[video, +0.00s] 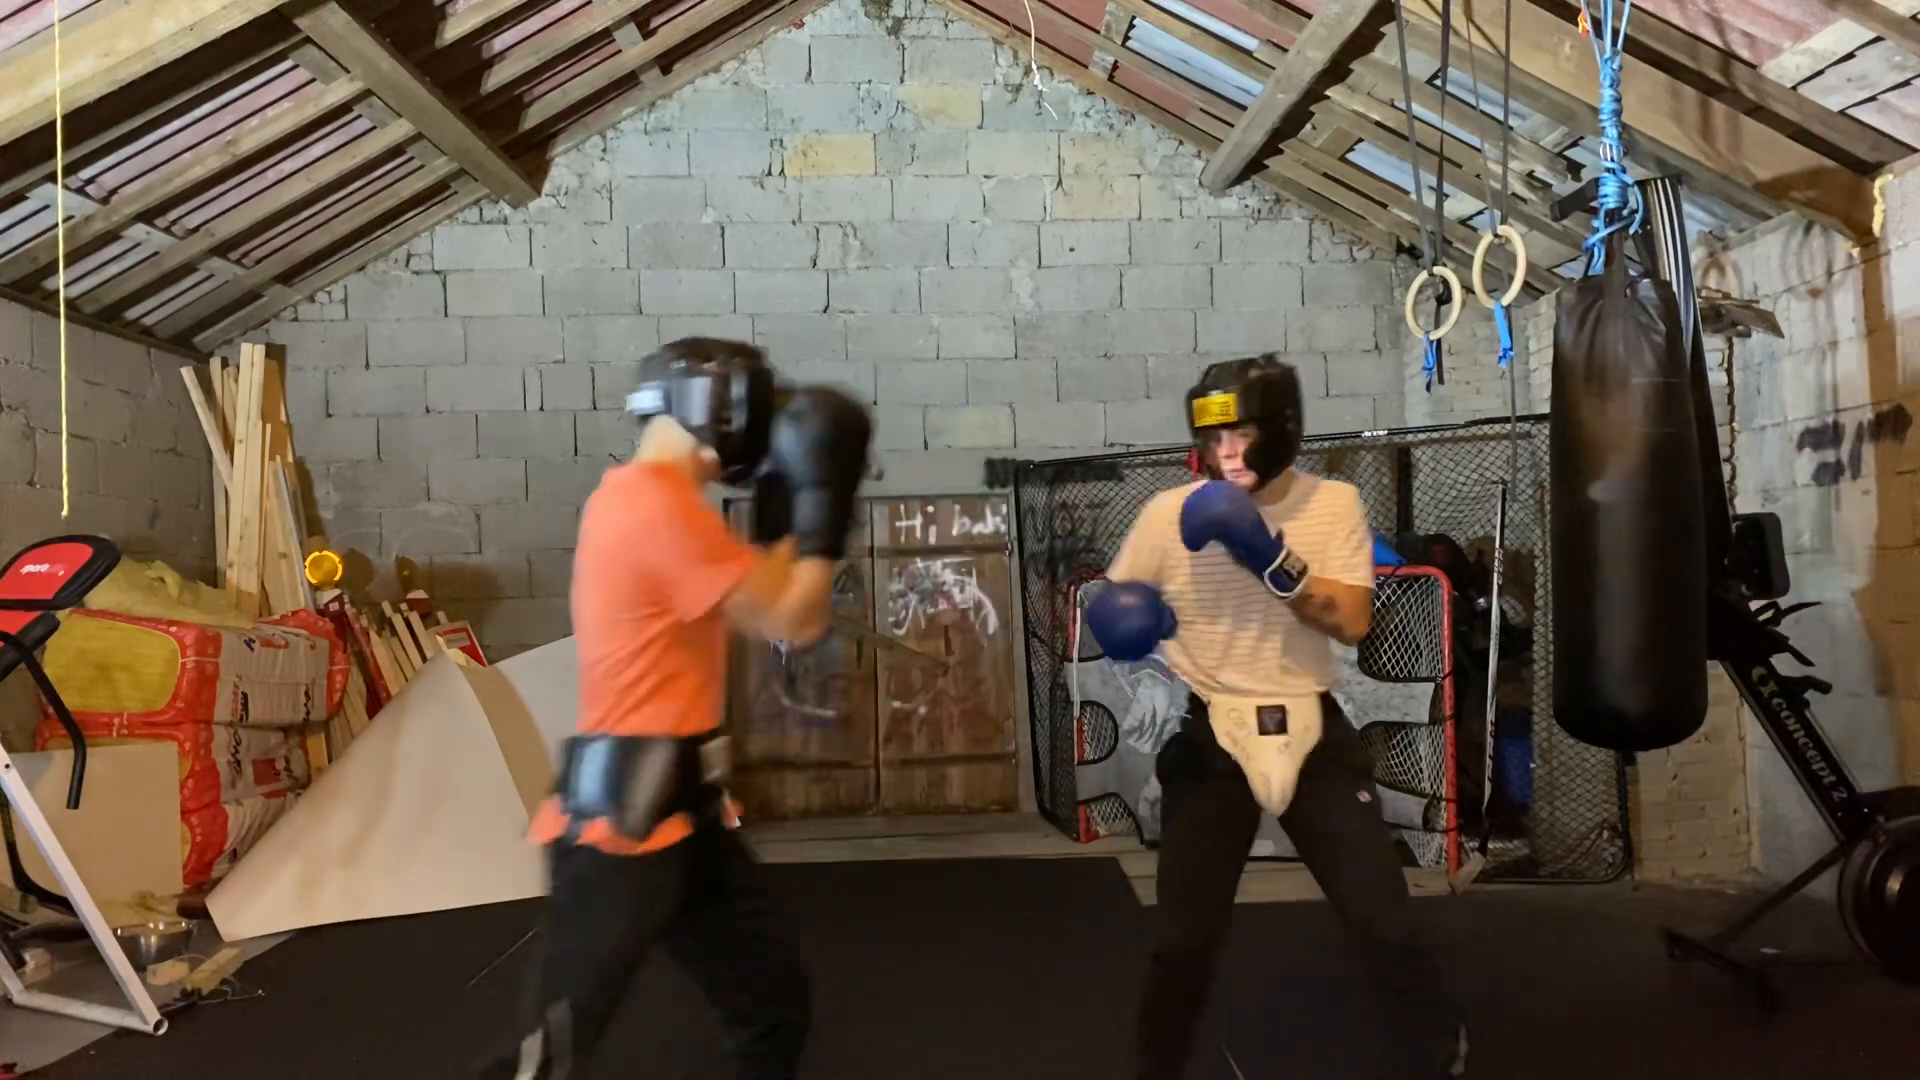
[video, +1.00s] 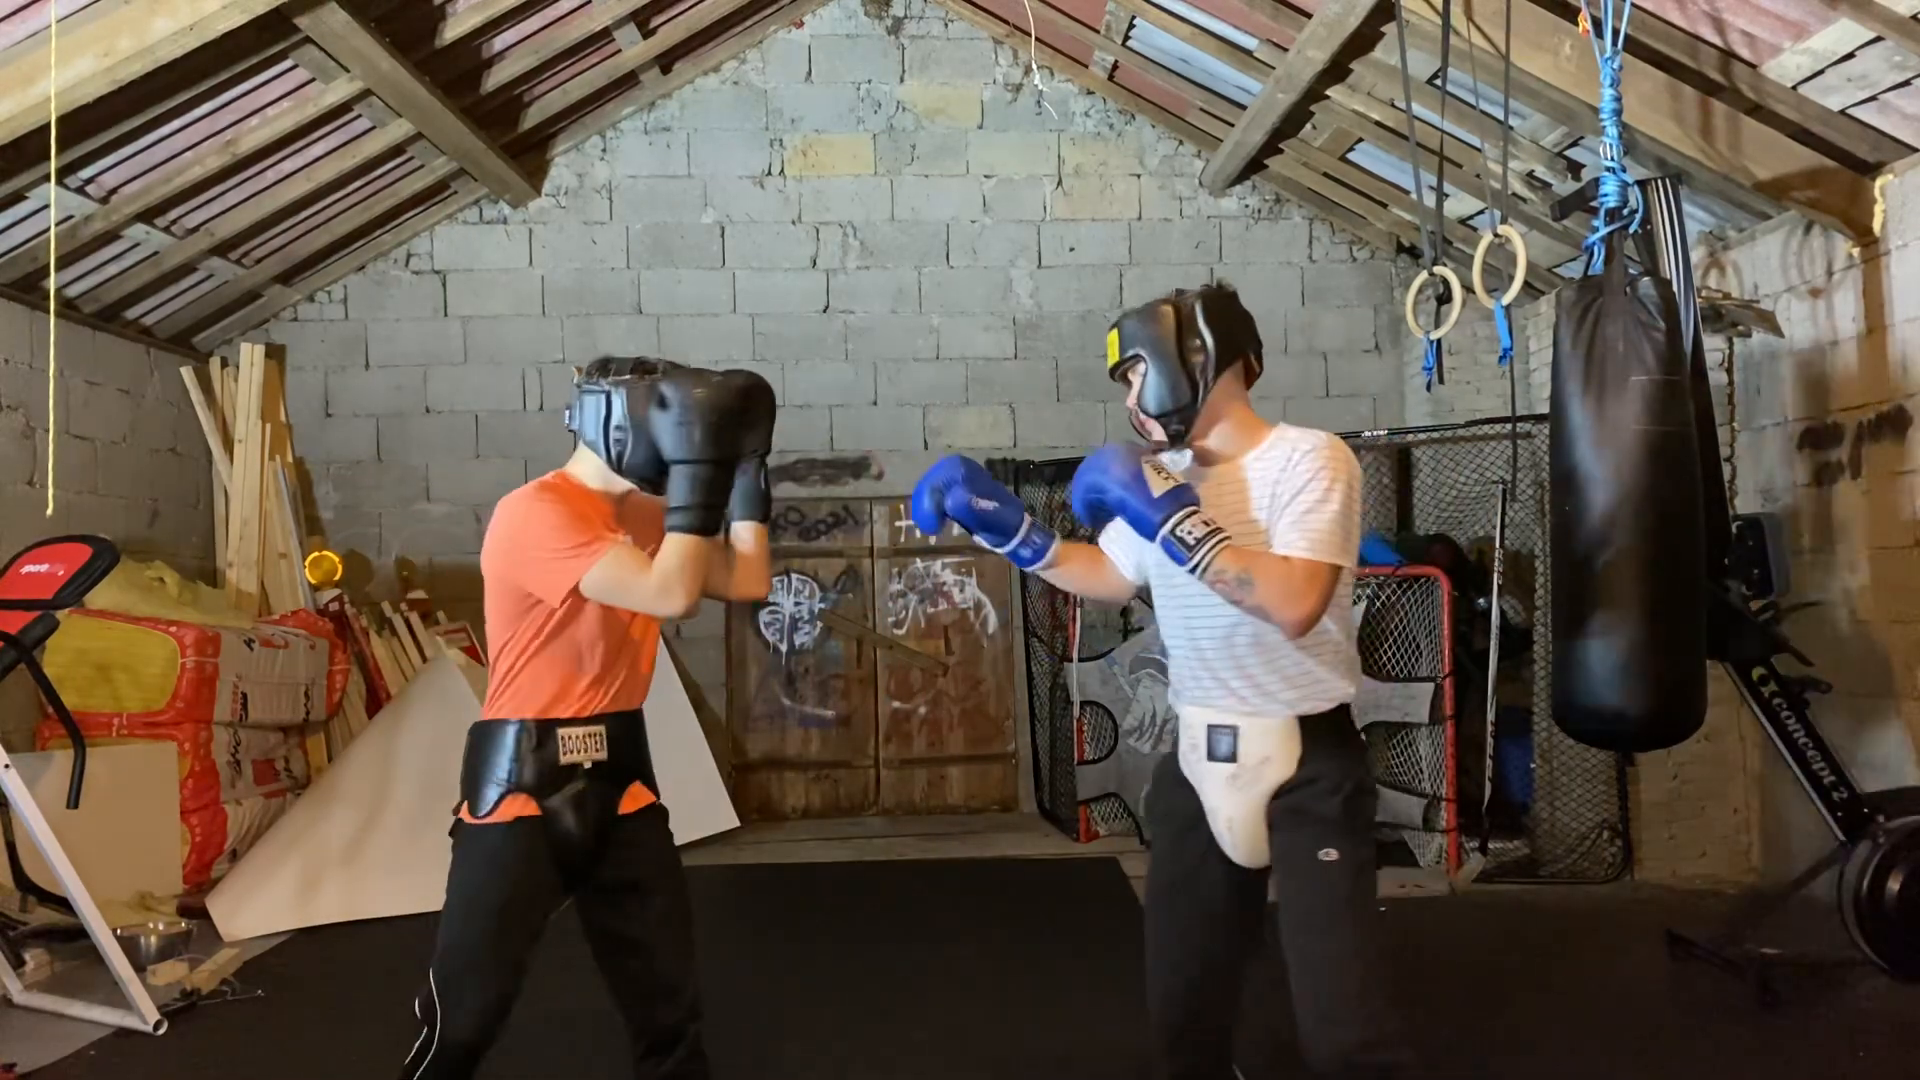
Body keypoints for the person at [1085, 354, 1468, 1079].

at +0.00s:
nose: (1230, 451)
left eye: (1244, 432)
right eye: (1216, 434)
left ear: (1282, 433)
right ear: (1201, 441)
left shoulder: (1331, 503)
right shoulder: (1169, 513)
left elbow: (1354, 620)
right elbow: (1114, 614)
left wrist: (1270, 555)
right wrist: (1114, 620)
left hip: (1315, 733)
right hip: (1209, 737)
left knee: (1383, 922)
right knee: (1184, 936)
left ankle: (1436, 1054)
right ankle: (1156, 1068)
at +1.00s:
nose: (1129, 398)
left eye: (1140, 371)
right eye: (1127, 376)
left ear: (1210, 368)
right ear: (1211, 369)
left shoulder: (1312, 460)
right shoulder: (1157, 482)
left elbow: (1297, 601)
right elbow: (1111, 574)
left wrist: (1173, 516)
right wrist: (1018, 533)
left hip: (1310, 765)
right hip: (1195, 770)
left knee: (1341, 1029)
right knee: (1184, 1022)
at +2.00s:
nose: (953, 368)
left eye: (958, 345)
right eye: (952, 349)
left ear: (985, 343)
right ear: (1060, 348)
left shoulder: (1043, 461)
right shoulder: (1099, 456)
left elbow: (947, 620)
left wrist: (906, 513)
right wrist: (956, 505)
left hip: (1070, 829)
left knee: (1046, 1060)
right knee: (982, 1050)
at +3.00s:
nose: (736, 457)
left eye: (741, 432)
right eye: (739, 435)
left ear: (769, 436)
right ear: (858, 431)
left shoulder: (794, 567)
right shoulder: (953, 541)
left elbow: (742, 756)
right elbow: (1051, 668)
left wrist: (737, 626)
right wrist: (955, 640)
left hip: (909, 934)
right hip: (1018, 897)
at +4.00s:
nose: (513, 431)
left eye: (513, 416)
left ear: (514, 429)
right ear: (624, 428)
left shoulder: (460, 534)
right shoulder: (703, 535)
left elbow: (455, 698)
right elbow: (794, 683)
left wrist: (536, 622)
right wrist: (725, 651)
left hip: (590, 870)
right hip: (725, 853)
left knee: (582, 1065)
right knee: (747, 1067)